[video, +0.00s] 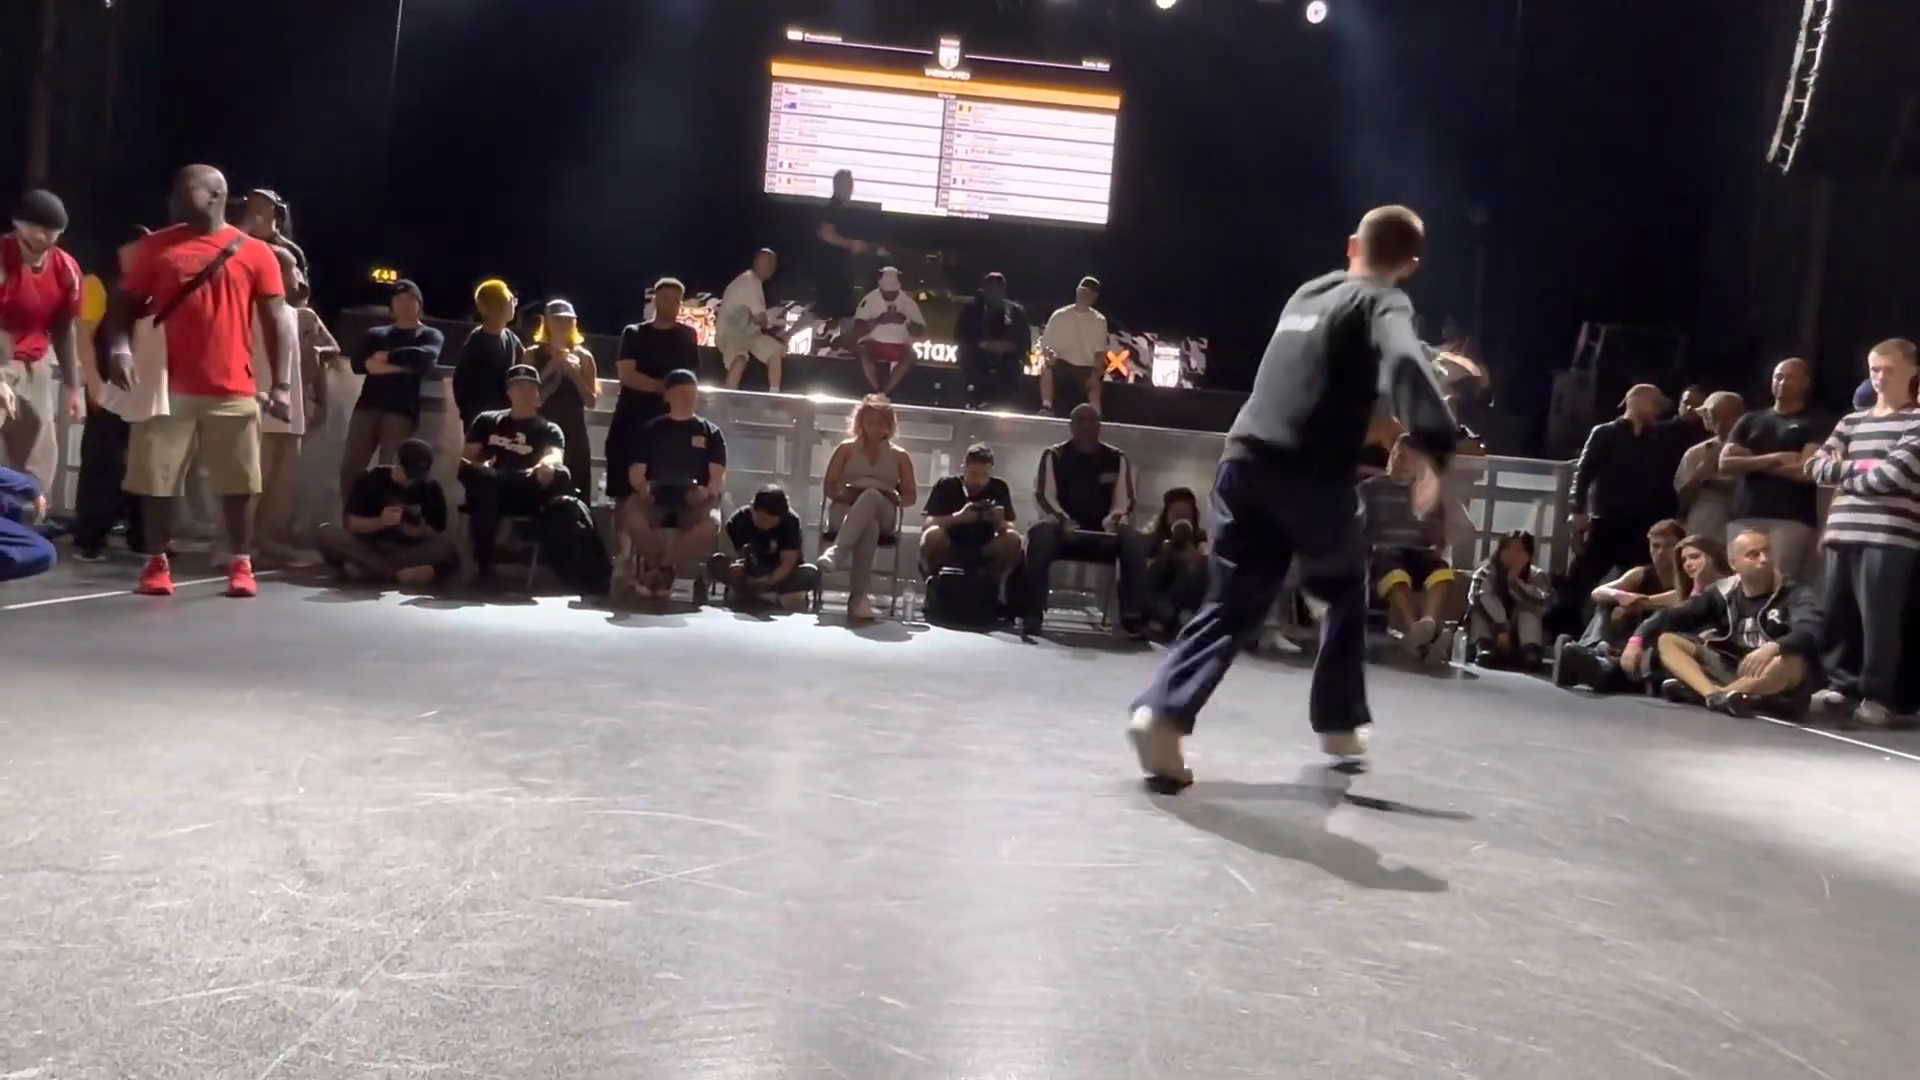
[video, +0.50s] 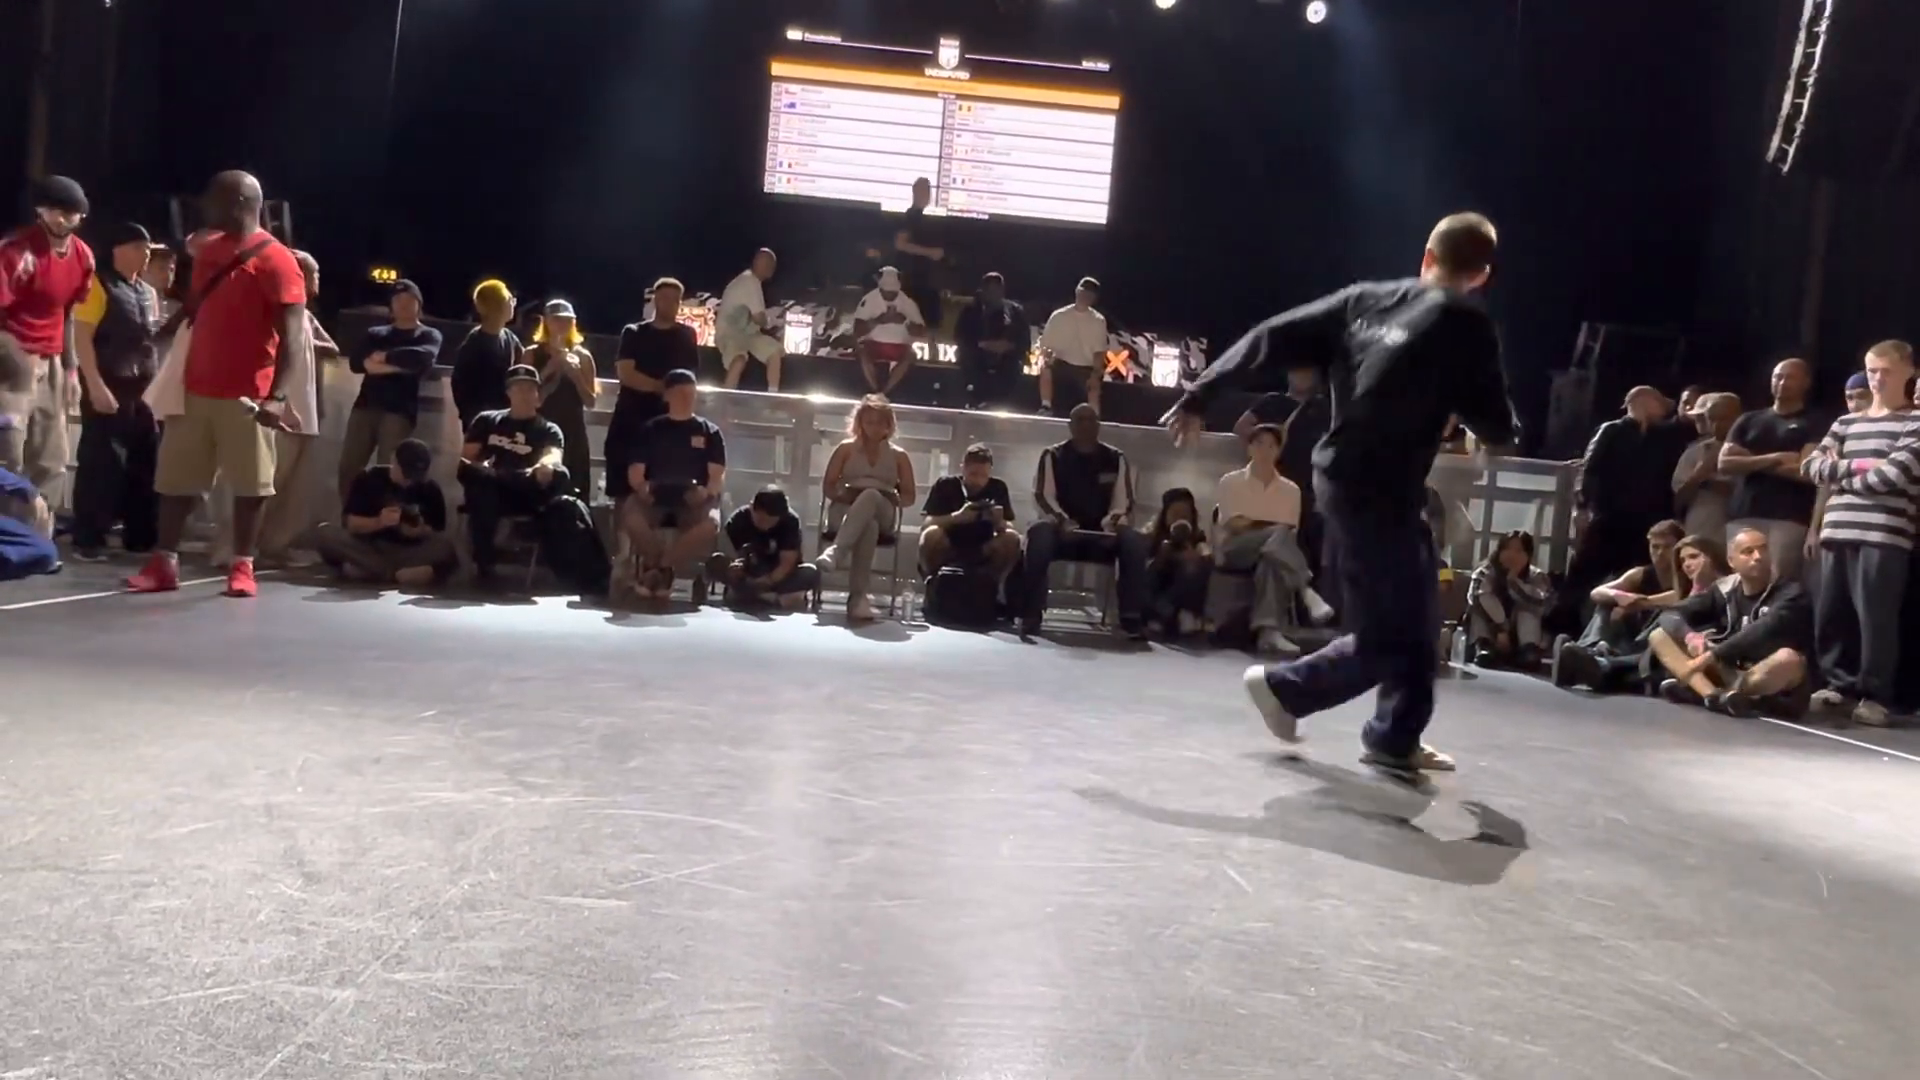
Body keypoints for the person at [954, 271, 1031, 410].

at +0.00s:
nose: (995, 294)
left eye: (998, 289)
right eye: (991, 289)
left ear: (1004, 290)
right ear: (984, 290)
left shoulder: (1016, 311)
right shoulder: (972, 308)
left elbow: (1024, 344)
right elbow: (961, 337)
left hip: (1007, 378)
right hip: (978, 377)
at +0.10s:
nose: (994, 292)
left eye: (998, 287)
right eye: (990, 287)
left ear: (1004, 290)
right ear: (984, 289)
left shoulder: (1016, 311)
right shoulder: (973, 308)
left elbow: (1024, 343)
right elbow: (960, 335)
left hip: (1007, 378)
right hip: (978, 376)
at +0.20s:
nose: (994, 292)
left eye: (998, 287)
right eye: (990, 288)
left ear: (1003, 290)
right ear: (983, 290)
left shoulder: (1016, 311)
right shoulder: (972, 309)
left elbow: (1024, 344)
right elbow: (961, 336)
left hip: (1007, 377)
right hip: (978, 376)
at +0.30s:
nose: (994, 292)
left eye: (997, 288)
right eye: (989, 288)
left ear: (1003, 290)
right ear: (983, 290)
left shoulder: (1015, 311)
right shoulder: (972, 309)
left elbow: (1024, 343)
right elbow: (960, 336)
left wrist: (1005, 347)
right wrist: (983, 346)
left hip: (1006, 376)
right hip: (978, 374)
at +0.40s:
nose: (993, 292)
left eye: (997, 288)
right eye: (989, 288)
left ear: (1002, 290)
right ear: (983, 290)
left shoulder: (1015, 310)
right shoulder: (972, 309)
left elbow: (1023, 343)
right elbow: (960, 337)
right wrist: (982, 346)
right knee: (966, 352)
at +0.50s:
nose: (993, 293)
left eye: (996, 288)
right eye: (988, 288)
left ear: (1002, 290)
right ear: (982, 290)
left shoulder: (1015, 311)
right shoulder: (971, 310)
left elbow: (1023, 344)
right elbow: (961, 339)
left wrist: (1005, 346)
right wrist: (983, 346)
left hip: (1006, 376)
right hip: (978, 374)